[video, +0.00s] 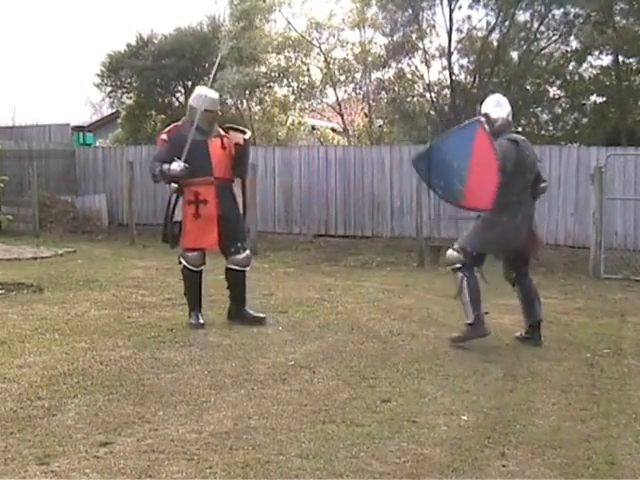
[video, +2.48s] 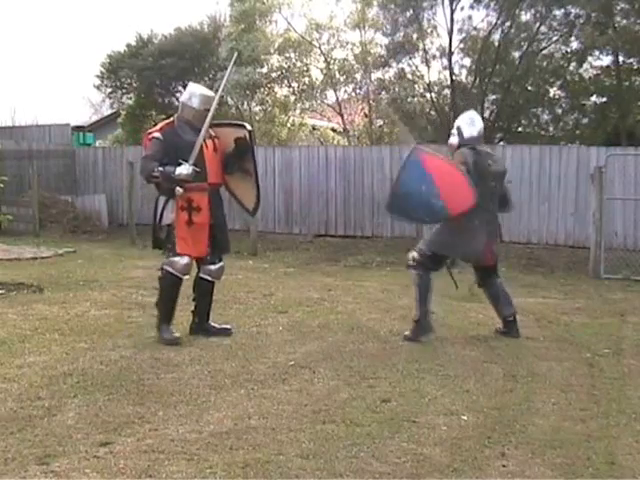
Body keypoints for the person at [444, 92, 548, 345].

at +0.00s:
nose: (483, 124)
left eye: (484, 120)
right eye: (483, 120)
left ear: (489, 120)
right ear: (508, 117)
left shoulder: (499, 147)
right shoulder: (525, 146)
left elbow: (488, 185)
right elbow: (539, 183)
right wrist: (520, 203)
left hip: (497, 222)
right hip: (522, 224)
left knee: (461, 260)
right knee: (519, 273)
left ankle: (475, 323)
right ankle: (534, 328)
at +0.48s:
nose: (452, 129)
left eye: (455, 124)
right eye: (451, 124)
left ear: (467, 125)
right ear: (477, 124)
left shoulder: (472, 152)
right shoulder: (495, 148)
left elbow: (459, 183)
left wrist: (450, 148)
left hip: (476, 226)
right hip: (499, 224)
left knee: (444, 270)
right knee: (505, 272)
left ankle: (432, 327)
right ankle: (532, 325)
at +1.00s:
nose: (456, 128)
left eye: (460, 123)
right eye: (455, 123)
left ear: (471, 125)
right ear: (477, 125)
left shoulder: (471, 154)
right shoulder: (492, 151)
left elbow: (449, 177)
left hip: (473, 222)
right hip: (493, 221)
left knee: (443, 268)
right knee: (493, 269)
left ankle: (432, 327)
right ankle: (516, 321)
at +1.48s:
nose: (456, 128)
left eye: (459, 123)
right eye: (457, 123)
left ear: (466, 124)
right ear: (479, 123)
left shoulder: (472, 152)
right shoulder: (492, 151)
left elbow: (456, 180)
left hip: (471, 220)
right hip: (493, 220)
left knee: (443, 268)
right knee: (493, 270)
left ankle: (433, 327)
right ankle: (516, 322)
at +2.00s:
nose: (455, 128)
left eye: (457, 123)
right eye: (456, 124)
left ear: (464, 124)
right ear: (478, 124)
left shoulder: (470, 152)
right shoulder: (489, 151)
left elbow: (453, 180)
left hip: (468, 219)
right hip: (488, 219)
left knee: (441, 266)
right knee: (490, 269)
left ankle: (432, 327)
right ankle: (516, 321)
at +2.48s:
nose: (451, 136)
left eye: (453, 132)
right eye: (453, 132)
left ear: (459, 133)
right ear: (480, 133)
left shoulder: (461, 157)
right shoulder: (494, 159)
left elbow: (457, 196)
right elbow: (505, 203)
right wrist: (479, 198)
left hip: (459, 229)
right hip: (487, 231)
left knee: (421, 262)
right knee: (488, 276)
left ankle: (422, 322)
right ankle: (510, 322)